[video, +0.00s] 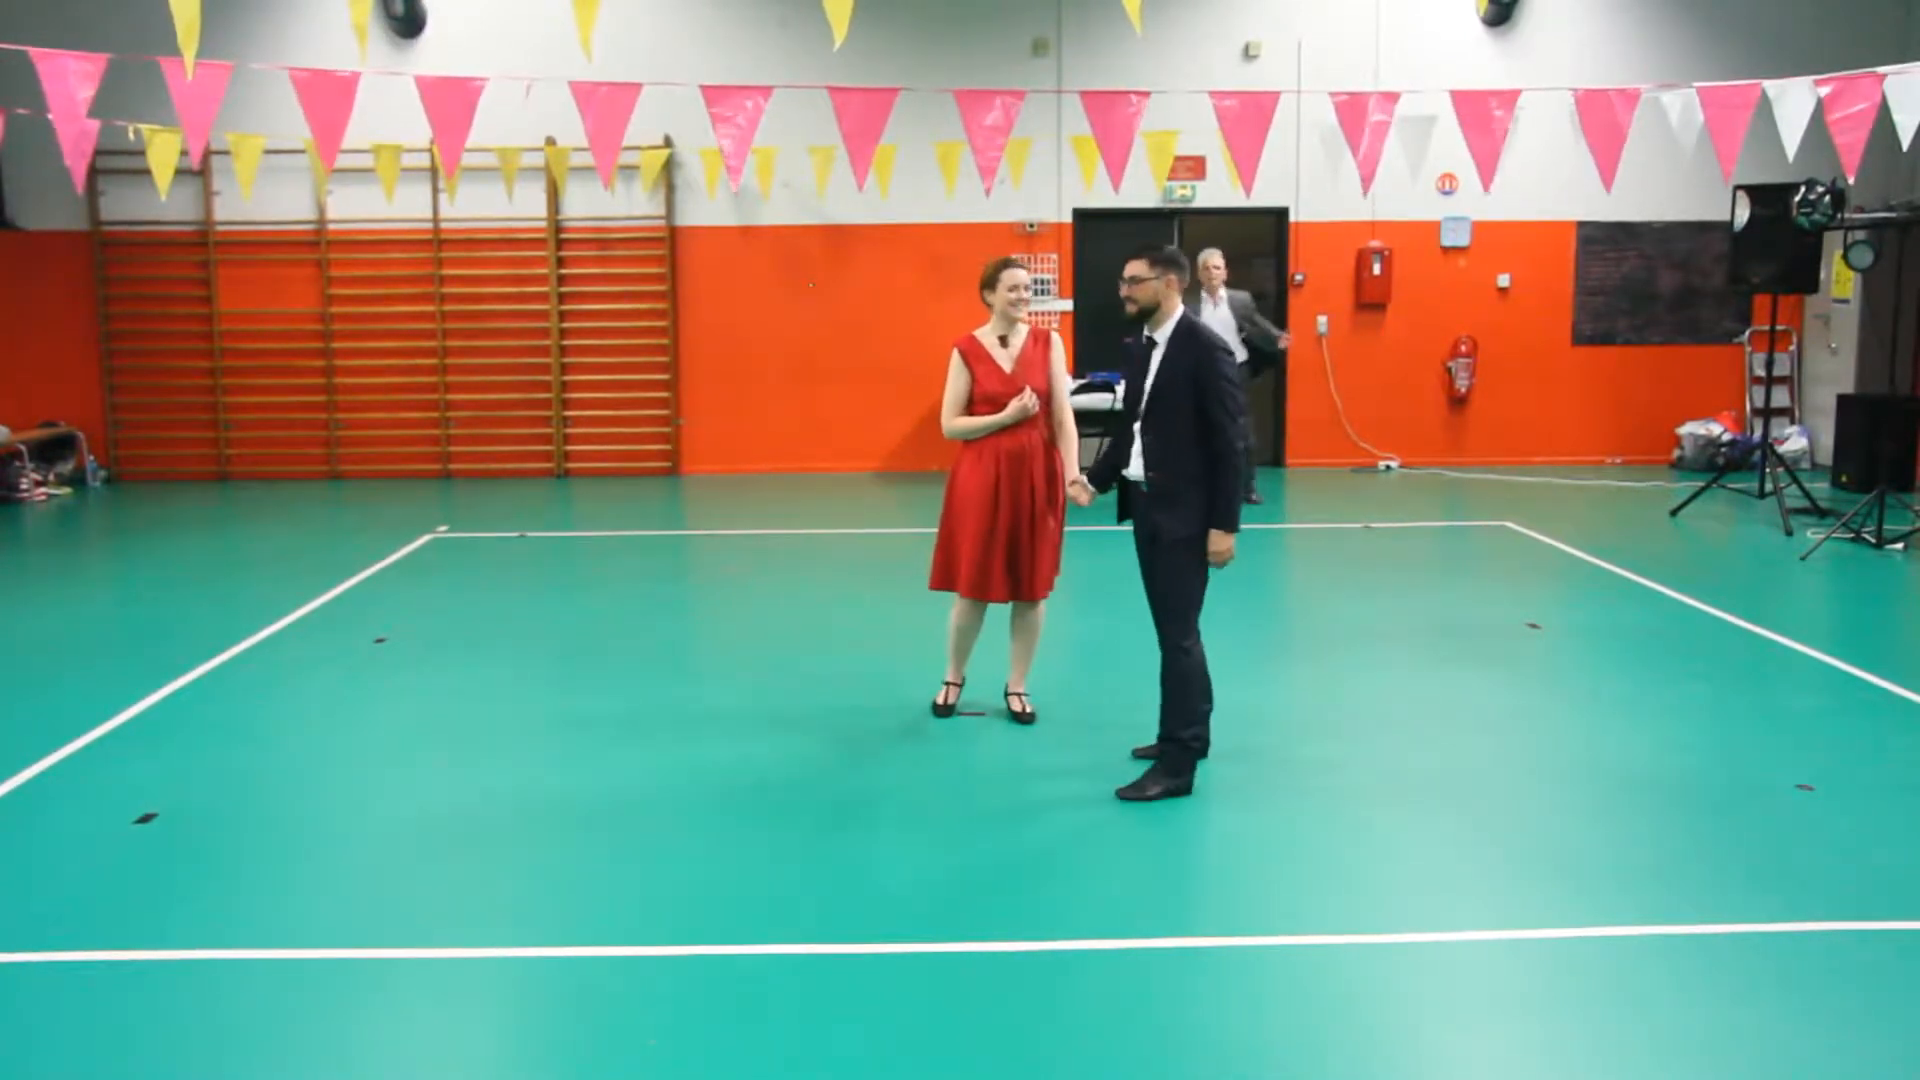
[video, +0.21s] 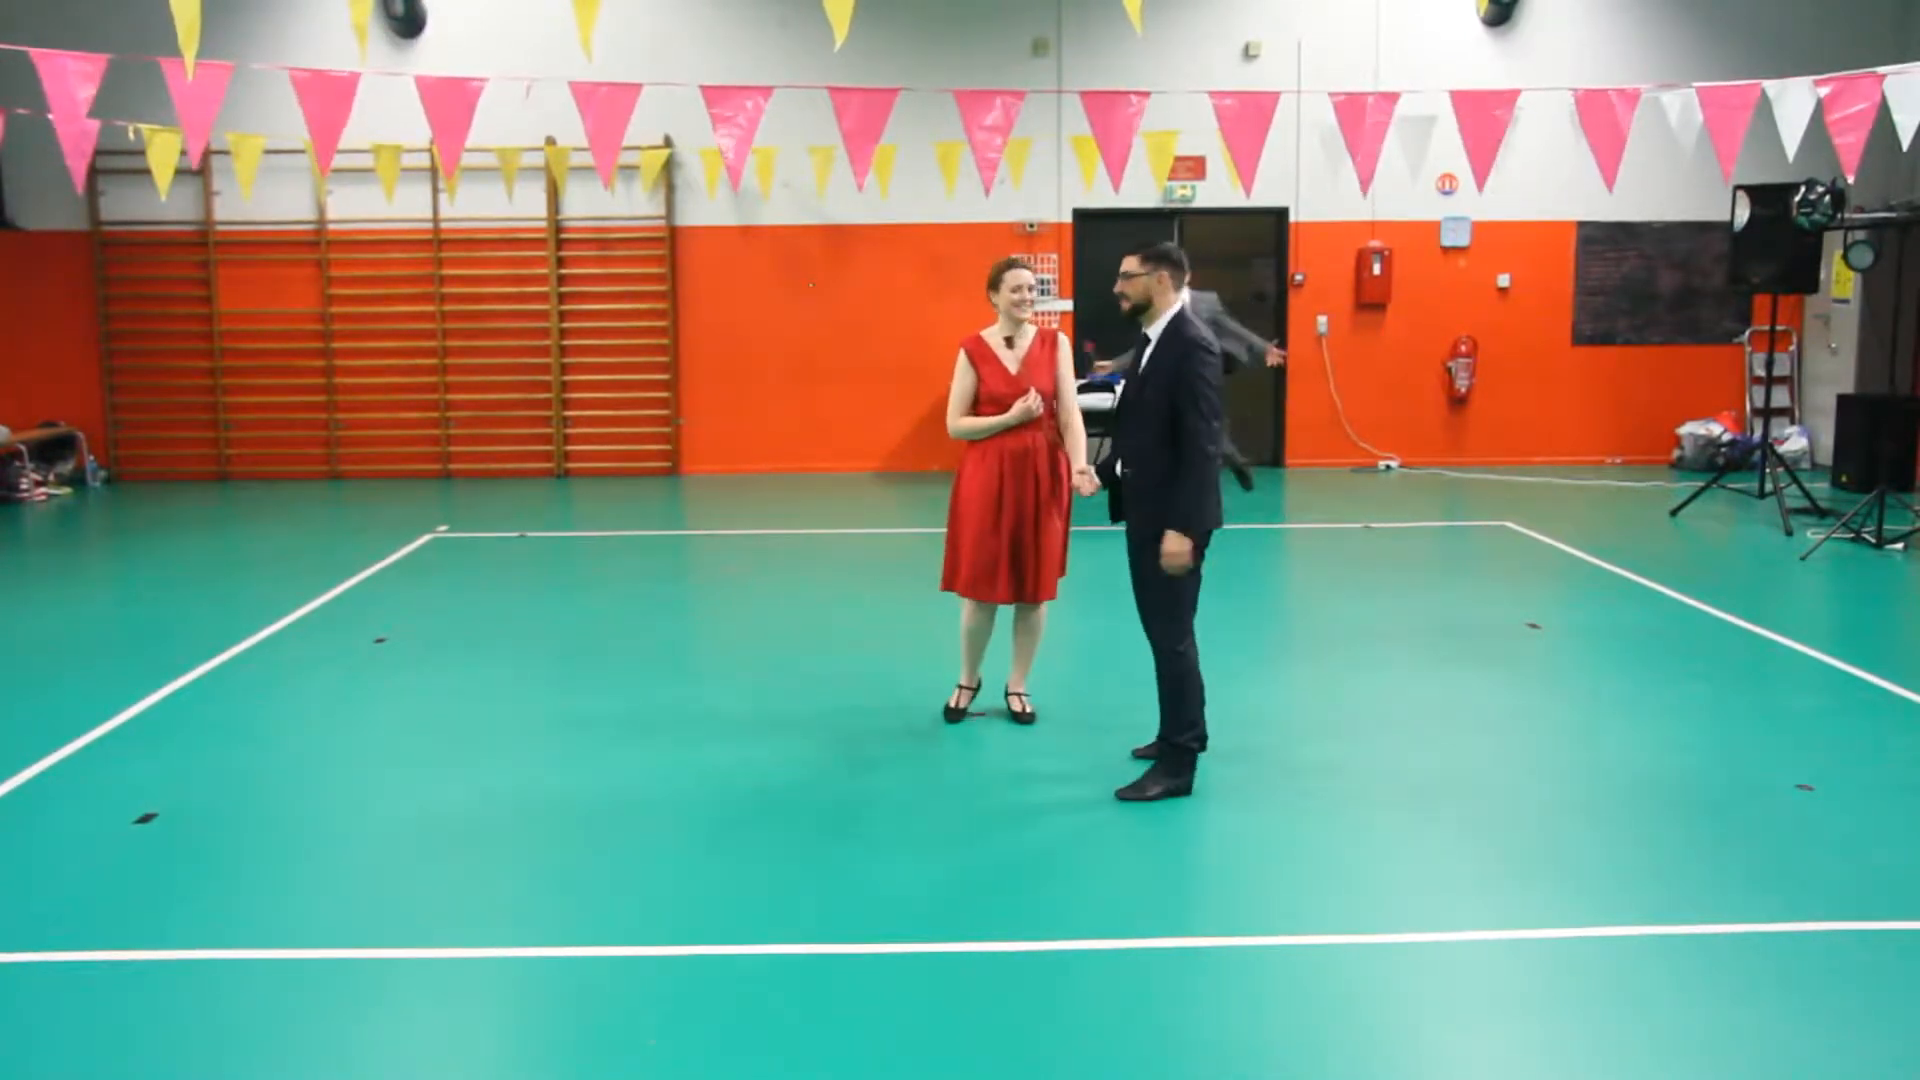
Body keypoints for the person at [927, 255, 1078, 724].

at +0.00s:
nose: (1023, 296)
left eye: (1027, 288)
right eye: (1013, 289)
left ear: (1031, 293)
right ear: (989, 295)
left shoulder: (1047, 344)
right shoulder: (966, 350)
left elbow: (1063, 414)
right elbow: (950, 425)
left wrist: (1072, 471)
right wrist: (1007, 415)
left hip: (1037, 476)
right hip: (983, 477)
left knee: (1030, 589)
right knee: (973, 585)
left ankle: (1017, 686)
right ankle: (953, 679)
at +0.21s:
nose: (1027, 297)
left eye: (1031, 290)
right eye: (1017, 290)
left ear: (1037, 295)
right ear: (994, 296)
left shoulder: (1055, 344)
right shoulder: (973, 350)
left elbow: (1069, 410)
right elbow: (956, 425)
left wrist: (1080, 463)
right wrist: (1010, 416)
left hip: (1042, 475)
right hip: (988, 476)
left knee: (1032, 590)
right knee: (980, 587)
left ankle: (1018, 686)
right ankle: (968, 681)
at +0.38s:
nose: (1026, 297)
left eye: (1031, 289)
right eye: (1016, 290)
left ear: (1037, 295)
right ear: (994, 296)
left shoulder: (1056, 344)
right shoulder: (974, 350)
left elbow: (1072, 409)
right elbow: (957, 425)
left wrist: (1087, 460)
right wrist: (1009, 417)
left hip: (1043, 478)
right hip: (988, 479)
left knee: (1035, 592)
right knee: (981, 591)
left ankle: (1017, 689)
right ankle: (966, 692)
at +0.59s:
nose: (1023, 297)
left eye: (1028, 289)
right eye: (1013, 290)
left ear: (1034, 295)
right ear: (991, 296)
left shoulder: (1053, 345)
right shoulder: (971, 351)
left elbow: (1073, 409)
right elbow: (954, 425)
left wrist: (1092, 455)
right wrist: (1007, 419)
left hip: (1040, 479)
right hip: (986, 479)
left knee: (1033, 593)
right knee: (977, 596)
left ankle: (1018, 688)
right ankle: (958, 698)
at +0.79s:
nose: (1019, 296)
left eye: (1024, 288)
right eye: (1009, 289)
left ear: (1030, 294)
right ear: (986, 295)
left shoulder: (1045, 342)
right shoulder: (965, 351)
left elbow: (1069, 408)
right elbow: (946, 425)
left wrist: (1092, 454)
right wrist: (1000, 418)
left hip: (1033, 478)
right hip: (979, 479)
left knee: (1029, 592)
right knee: (973, 596)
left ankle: (1018, 687)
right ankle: (960, 700)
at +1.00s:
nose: (1013, 294)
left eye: (1018, 287)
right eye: (1002, 287)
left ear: (1024, 293)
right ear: (978, 293)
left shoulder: (1037, 343)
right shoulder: (956, 348)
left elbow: (1058, 408)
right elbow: (935, 423)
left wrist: (1082, 458)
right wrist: (993, 416)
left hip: (1023, 477)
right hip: (969, 479)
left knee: (1022, 593)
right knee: (968, 598)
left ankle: (1017, 686)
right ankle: (960, 700)